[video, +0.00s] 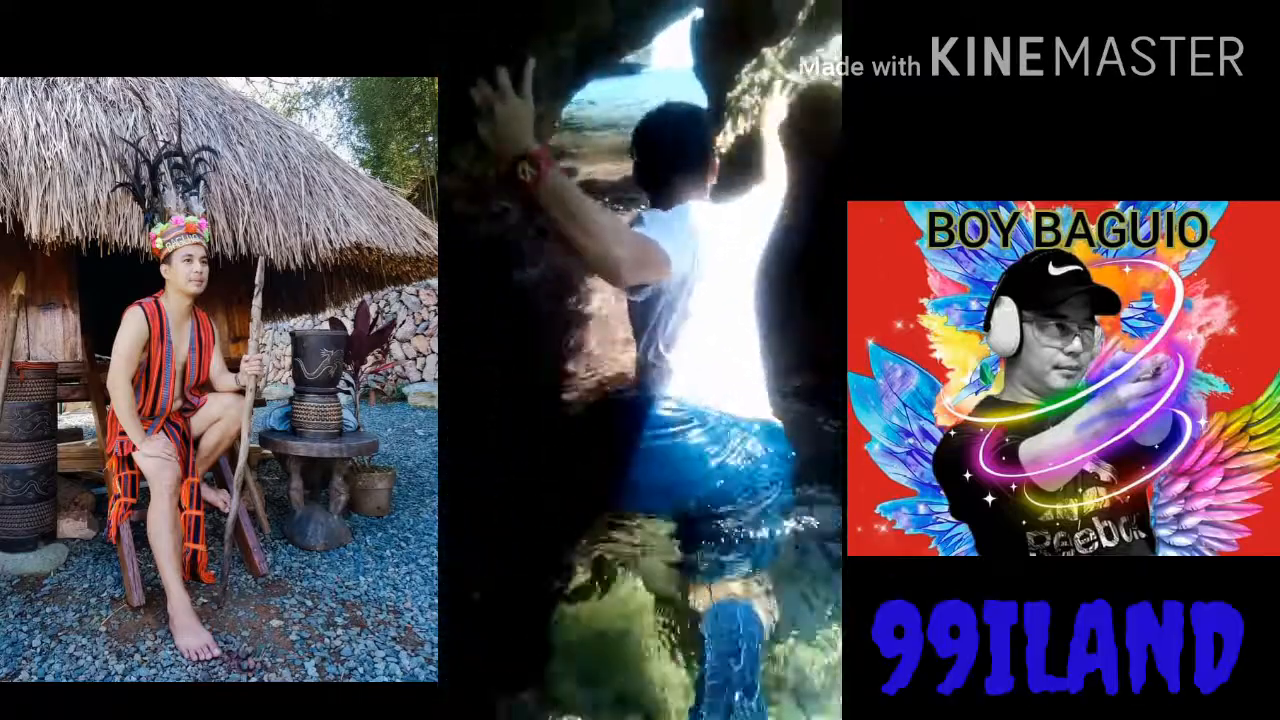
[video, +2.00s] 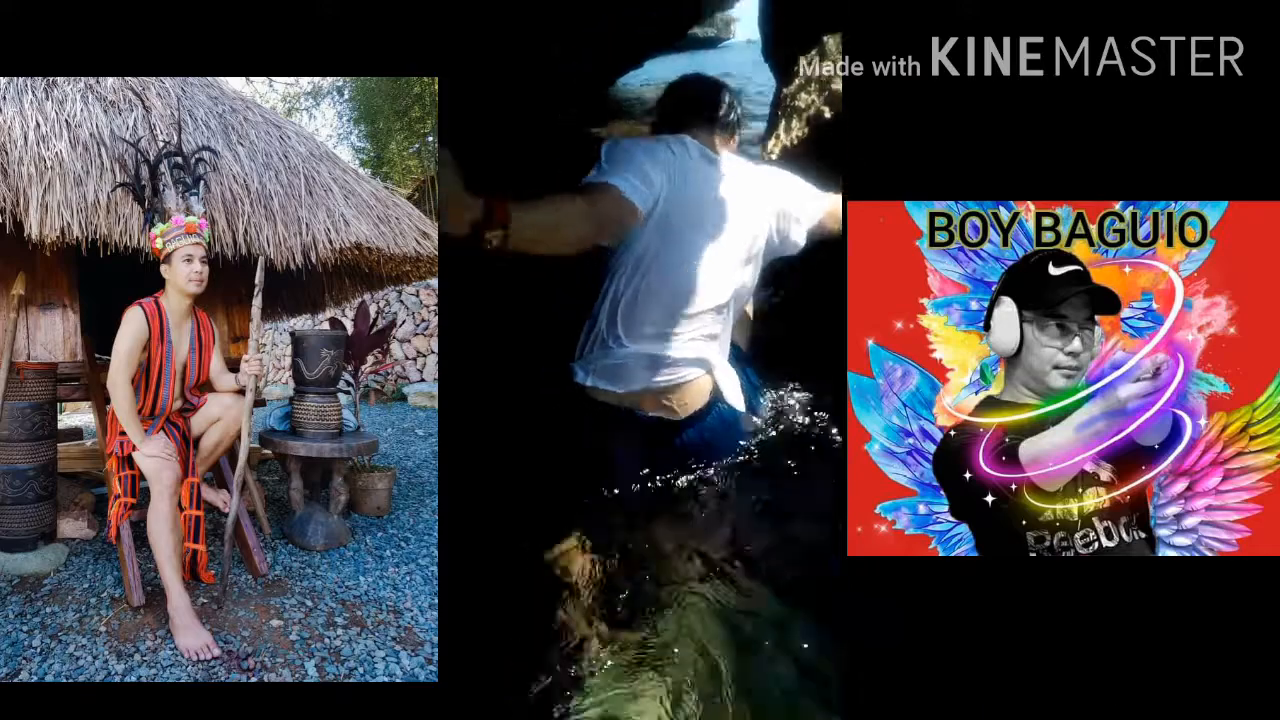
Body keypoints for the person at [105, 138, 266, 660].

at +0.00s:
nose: (198, 269)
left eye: (204, 261)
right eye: (187, 261)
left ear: (208, 267)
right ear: (164, 267)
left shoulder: (207, 324)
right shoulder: (142, 316)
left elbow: (220, 380)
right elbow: (117, 381)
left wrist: (243, 379)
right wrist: (138, 440)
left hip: (182, 419)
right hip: (141, 425)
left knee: (238, 406)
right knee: (168, 477)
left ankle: (192, 478)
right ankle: (179, 605)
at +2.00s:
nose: (198, 269)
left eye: (203, 260)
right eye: (187, 261)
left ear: (207, 267)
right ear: (164, 267)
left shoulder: (205, 322)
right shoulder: (142, 316)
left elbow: (220, 380)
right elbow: (117, 380)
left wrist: (242, 380)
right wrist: (138, 439)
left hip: (181, 419)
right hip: (141, 425)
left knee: (237, 407)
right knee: (169, 476)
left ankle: (191, 478)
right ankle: (179, 605)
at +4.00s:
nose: (198, 268)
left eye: (203, 260)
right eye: (187, 260)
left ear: (207, 266)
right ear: (164, 267)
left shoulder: (206, 324)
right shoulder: (142, 316)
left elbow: (221, 382)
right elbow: (117, 380)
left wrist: (244, 379)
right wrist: (138, 440)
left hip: (180, 420)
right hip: (140, 425)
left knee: (237, 407)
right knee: (169, 476)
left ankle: (191, 479)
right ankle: (179, 606)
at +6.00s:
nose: (198, 268)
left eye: (203, 260)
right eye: (187, 260)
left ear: (208, 267)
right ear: (165, 267)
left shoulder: (206, 324)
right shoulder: (142, 316)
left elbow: (220, 381)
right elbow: (117, 380)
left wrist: (243, 381)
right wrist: (138, 440)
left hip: (180, 419)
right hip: (140, 424)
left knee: (236, 407)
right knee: (169, 476)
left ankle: (191, 478)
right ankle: (179, 605)